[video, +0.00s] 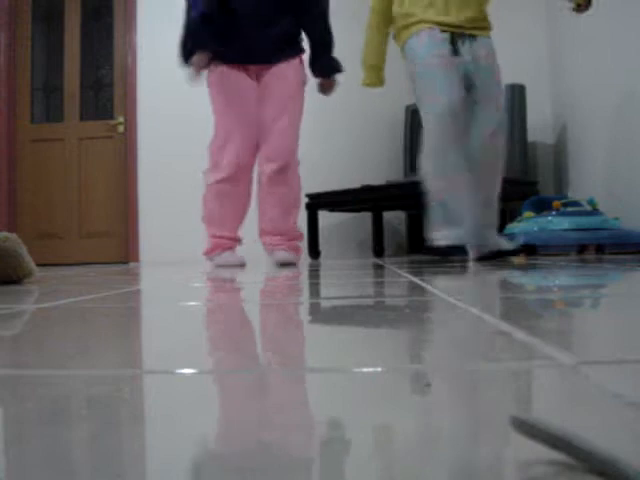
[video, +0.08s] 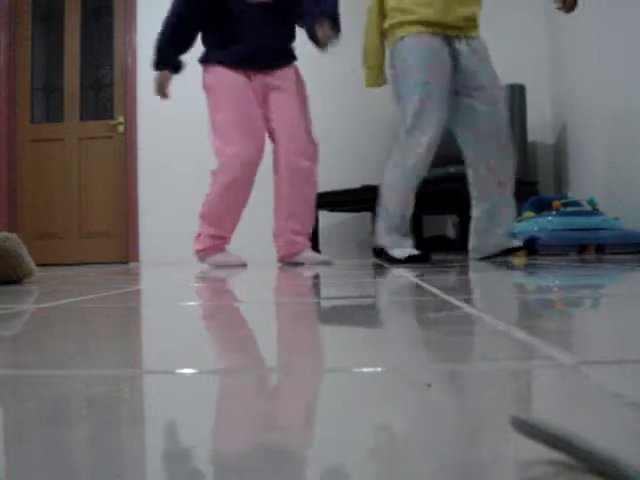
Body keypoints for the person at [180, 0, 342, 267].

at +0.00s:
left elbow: (315, 7)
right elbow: (199, 4)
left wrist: (324, 62)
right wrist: (198, 43)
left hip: (284, 60)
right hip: (229, 60)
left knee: (280, 158)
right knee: (232, 158)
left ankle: (282, 242)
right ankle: (222, 245)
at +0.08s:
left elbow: (309, 3)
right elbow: (186, 9)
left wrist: (322, 21)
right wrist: (165, 61)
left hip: (279, 67)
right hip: (227, 67)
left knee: (299, 154)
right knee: (241, 153)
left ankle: (294, 247)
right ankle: (211, 246)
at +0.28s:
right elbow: (170, 4)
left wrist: (293, 13)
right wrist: (140, 46)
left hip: (258, 60)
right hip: (206, 62)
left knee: (267, 153)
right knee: (209, 155)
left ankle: (282, 240)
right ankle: (208, 242)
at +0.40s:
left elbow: (281, 4)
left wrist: (282, 45)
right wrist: (134, 32)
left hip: (245, 59)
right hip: (192, 62)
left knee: (245, 158)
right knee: (185, 160)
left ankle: (275, 249)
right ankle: (199, 250)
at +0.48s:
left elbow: (272, 7)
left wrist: (274, 65)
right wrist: (135, 20)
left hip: (238, 58)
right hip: (187, 60)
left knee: (240, 155)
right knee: (172, 159)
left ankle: (272, 247)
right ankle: (194, 251)